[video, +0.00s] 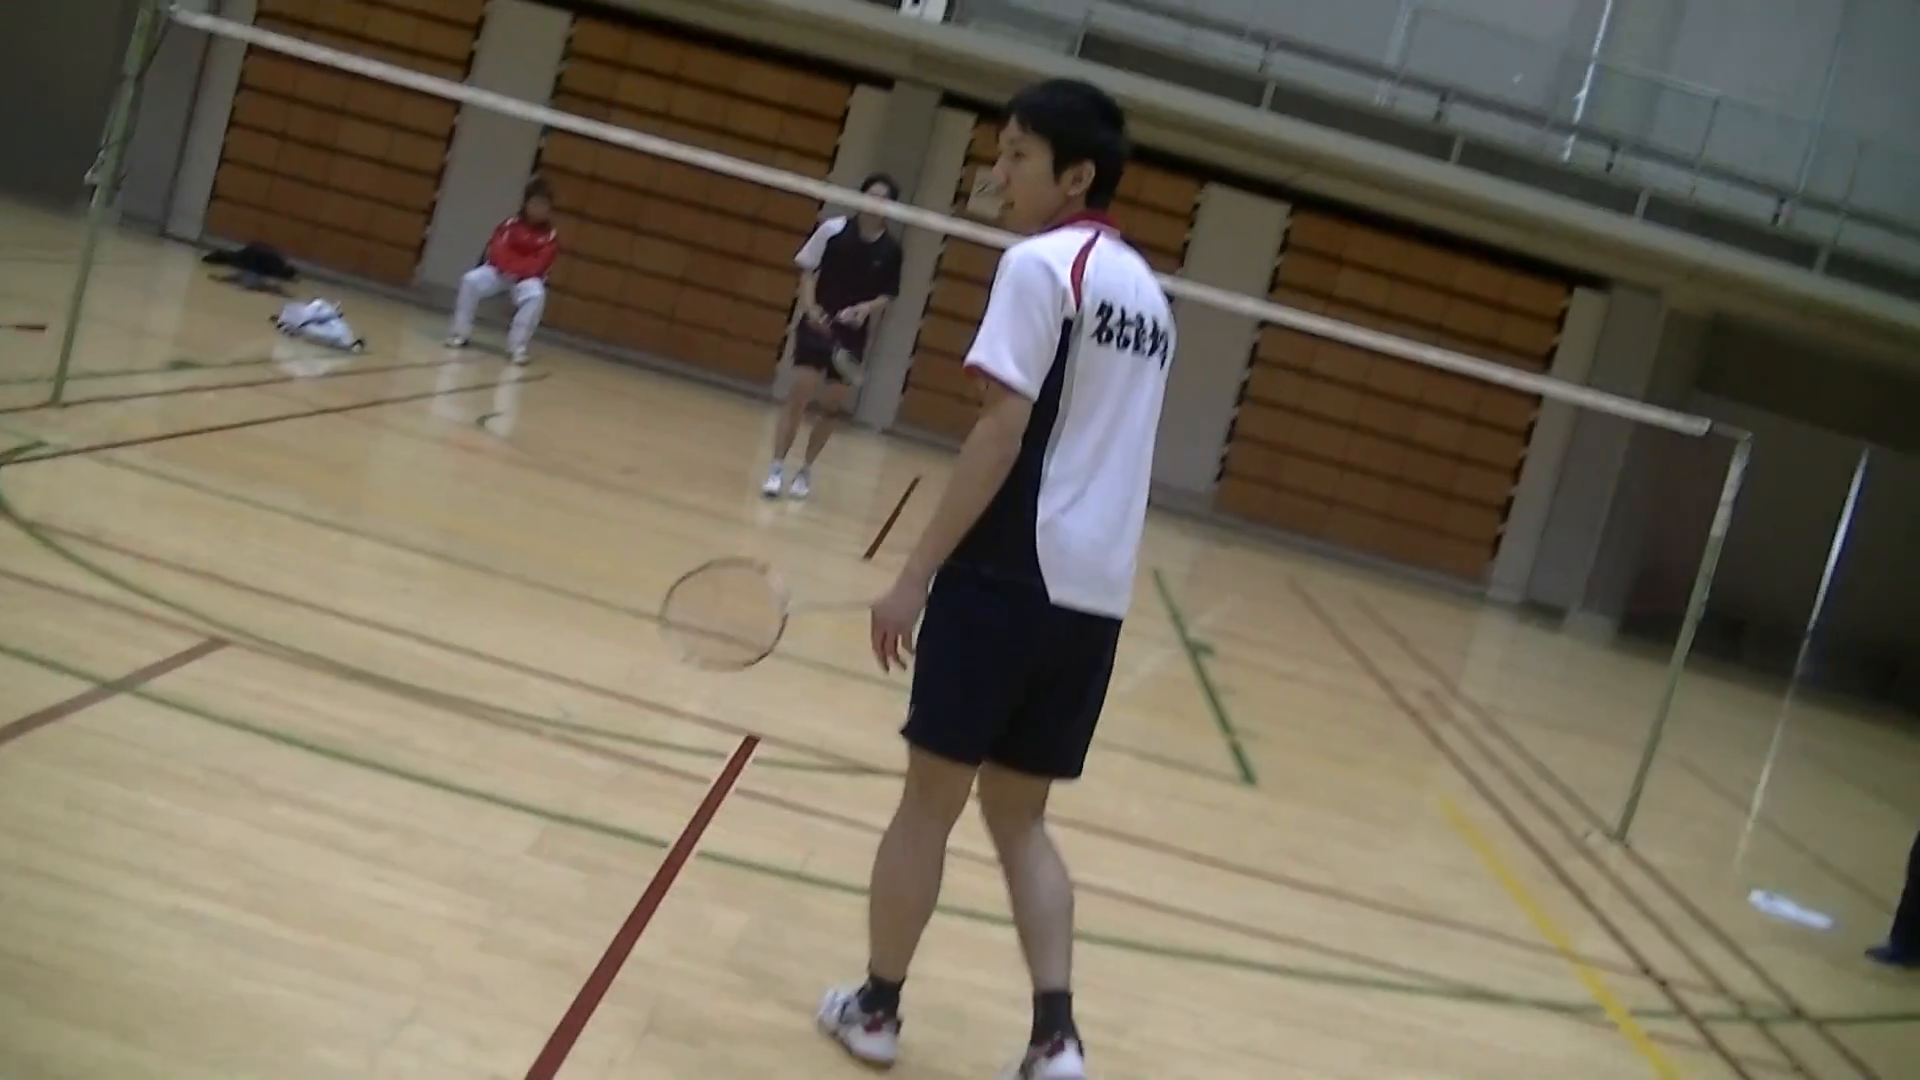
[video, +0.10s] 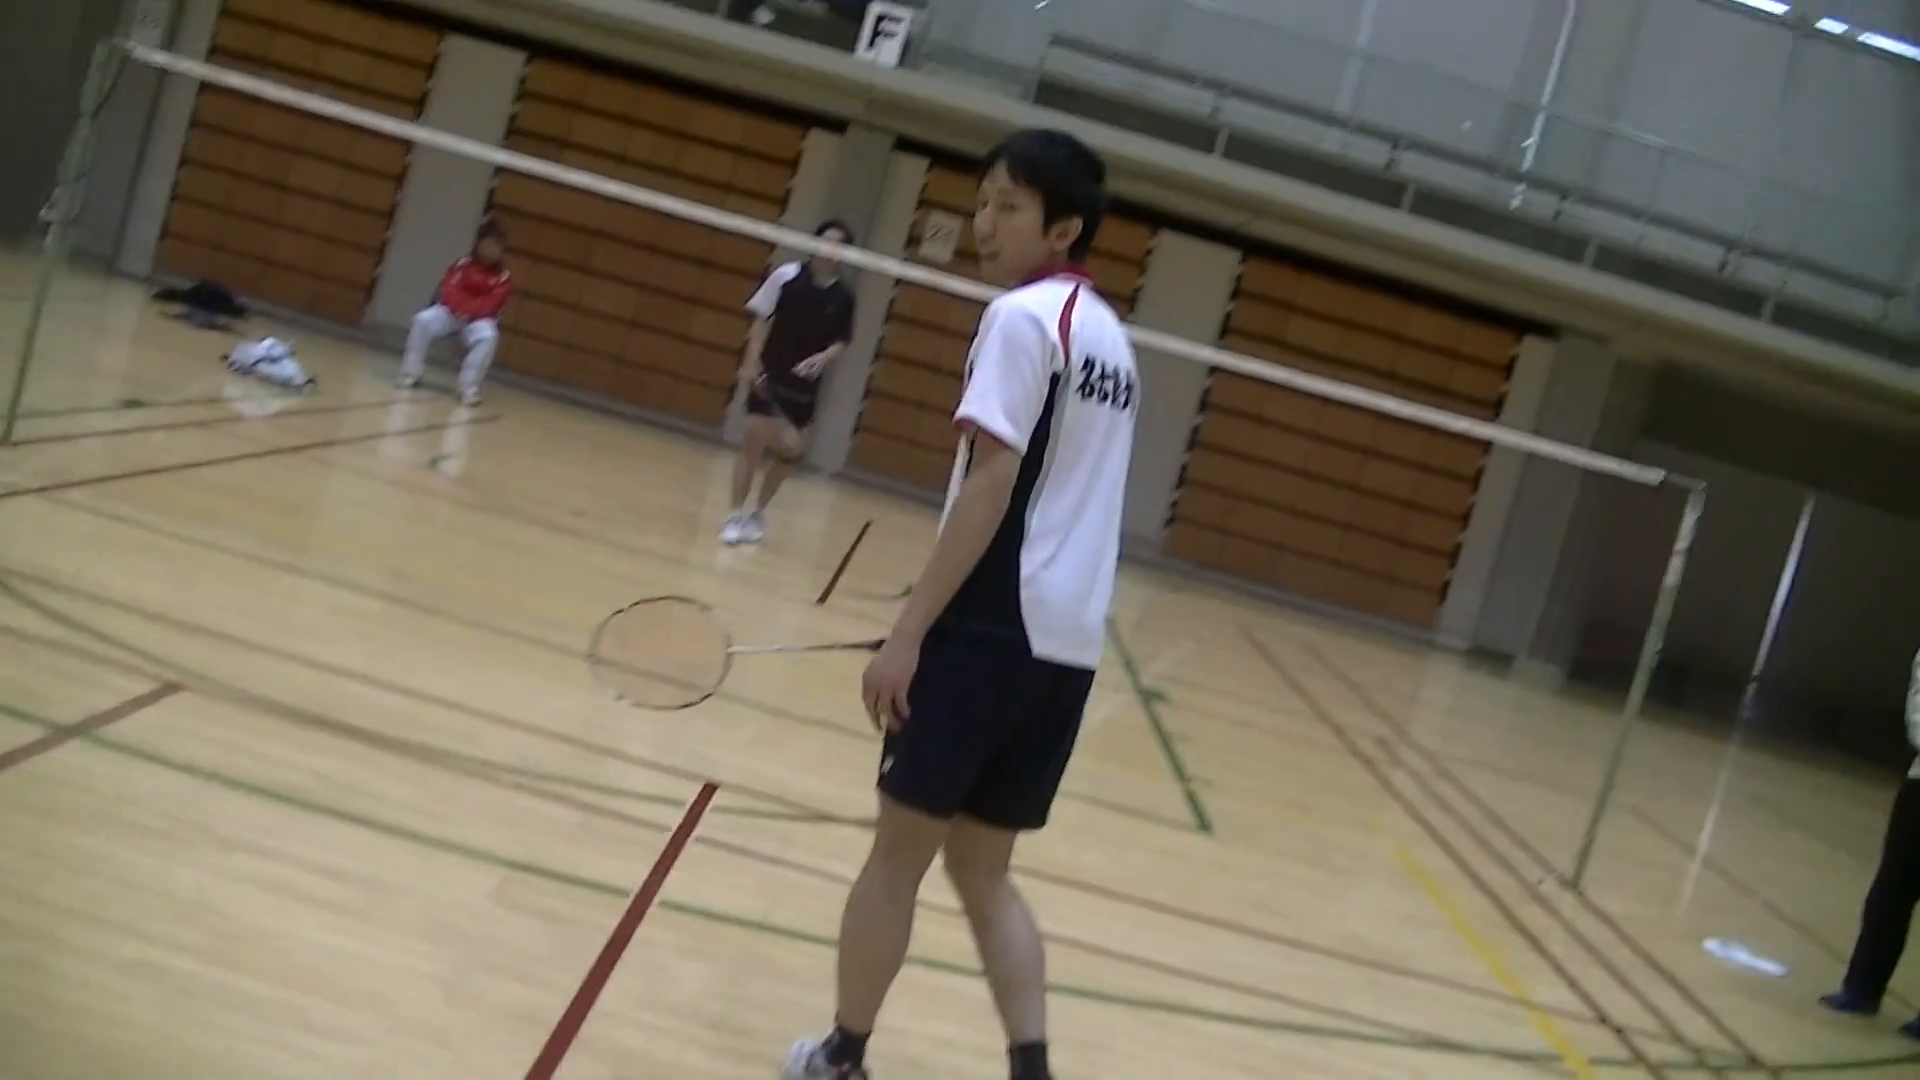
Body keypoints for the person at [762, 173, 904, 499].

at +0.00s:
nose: (875, 203)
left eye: (883, 198)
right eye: (872, 195)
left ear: (890, 207)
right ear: (861, 197)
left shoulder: (891, 250)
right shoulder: (832, 230)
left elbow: (888, 295)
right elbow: (808, 271)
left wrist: (865, 309)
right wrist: (809, 307)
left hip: (854, 330)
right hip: (818, 319)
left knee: (832, 406)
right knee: (801, 392)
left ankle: (806, 470)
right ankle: (777, 466)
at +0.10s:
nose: (830, 249)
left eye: (838, 244)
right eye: (826, 240)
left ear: (845, 253)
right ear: (815, 242)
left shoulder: (843, 296)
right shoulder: (787, 276)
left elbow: (843, 339)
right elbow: (761, 320)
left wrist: (823, 359)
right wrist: (751, 362)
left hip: (804, 379)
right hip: (770, 369)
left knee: (790, 449)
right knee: (755, 440)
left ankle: (758, 514)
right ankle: (736, 514)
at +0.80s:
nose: (588, 439)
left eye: (592, 431)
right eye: (581, 433)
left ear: (602, 433)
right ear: (572, 438)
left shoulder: (622, 471)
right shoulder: (561, 481)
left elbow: (636, 514)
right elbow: (554, 537)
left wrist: (617, 530)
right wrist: (562, 585)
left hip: (622, 573)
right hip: (585, 577)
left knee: (632, 642)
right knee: (587, 649)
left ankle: (586, 679)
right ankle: (583, 722)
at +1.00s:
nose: (549, 434)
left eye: (552, 427)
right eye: (540, 429)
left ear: (558, 428)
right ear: (528, 433)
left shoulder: (581, 462)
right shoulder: (518, 474)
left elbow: (596, 505)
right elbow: (514, 528)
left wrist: (577, 526)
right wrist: (528, 572)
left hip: (583, 558)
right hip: (545, 565)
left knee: (606, 627)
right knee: (547, 638)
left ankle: (575, 658)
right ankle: (546, 713)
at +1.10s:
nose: (527, 412)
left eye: (531, 405)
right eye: (520, 407)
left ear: (541, 406)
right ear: (511, 412)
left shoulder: (565, 443)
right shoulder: (503, 455)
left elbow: (580, 485)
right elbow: (499, 509)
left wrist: (564, 509)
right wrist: (512, 554)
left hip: (568, 542)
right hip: (530, 548)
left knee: (587, 608)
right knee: (533, 620)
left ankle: (568, 677)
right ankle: (532, 694)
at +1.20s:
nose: (522, 383)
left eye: (526, 376)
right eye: (515, 378)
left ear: (536, 378)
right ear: (505, 383)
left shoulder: (558, 414)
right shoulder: (497, 427)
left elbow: (573, 457)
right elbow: (492, 485)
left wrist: (562, 483)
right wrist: (503, 536)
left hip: (561, 516)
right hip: (523, 522)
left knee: (574, 589)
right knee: (525, 595)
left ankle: (588, 657)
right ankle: (528, 669)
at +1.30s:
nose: (537, 357)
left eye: (541, 351)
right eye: (530, 353)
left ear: (550, 355)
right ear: (518, 359)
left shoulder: (569, 390)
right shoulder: (508, 404)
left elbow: (583, 434)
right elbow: (501, 463)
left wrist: (575, 460)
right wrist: (504, 513)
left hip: (572, 490)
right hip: (534, 497)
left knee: (594, 559)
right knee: (534, 573)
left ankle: (602, 632)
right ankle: (537, 646)